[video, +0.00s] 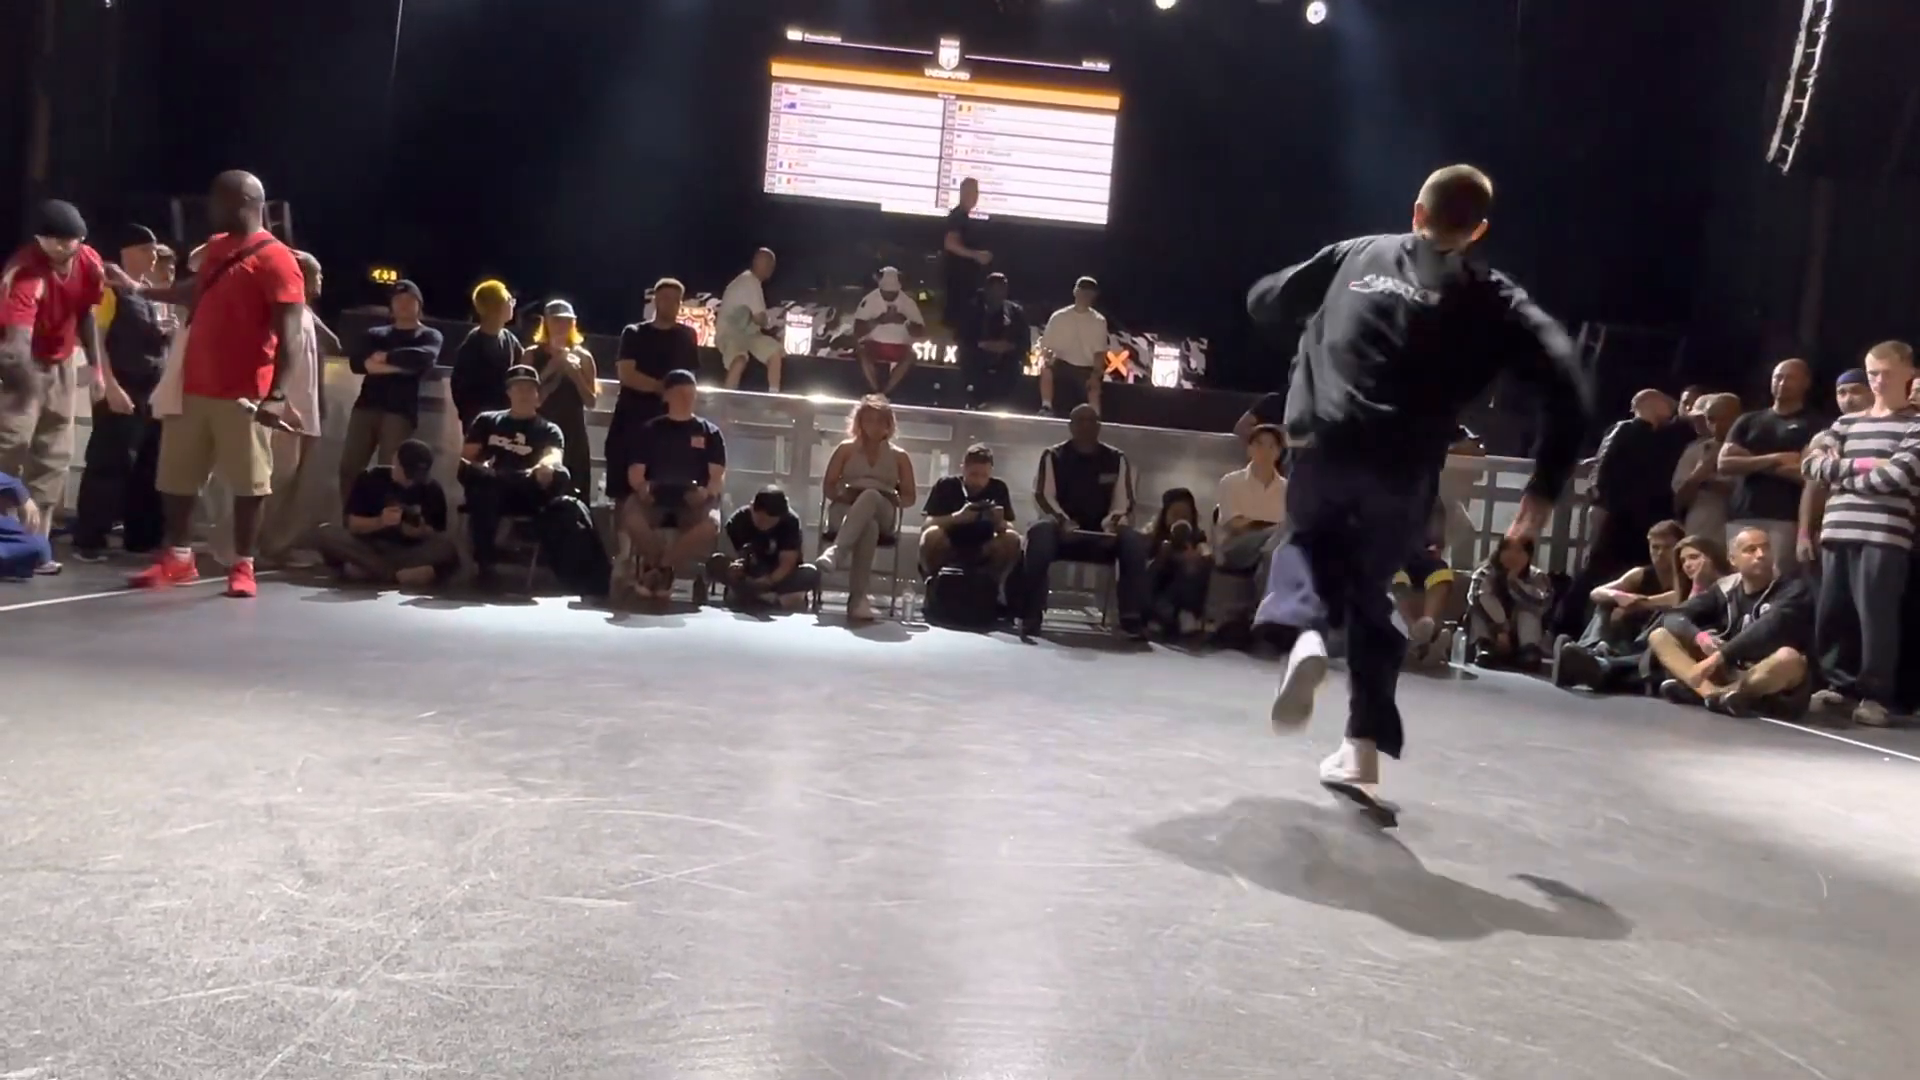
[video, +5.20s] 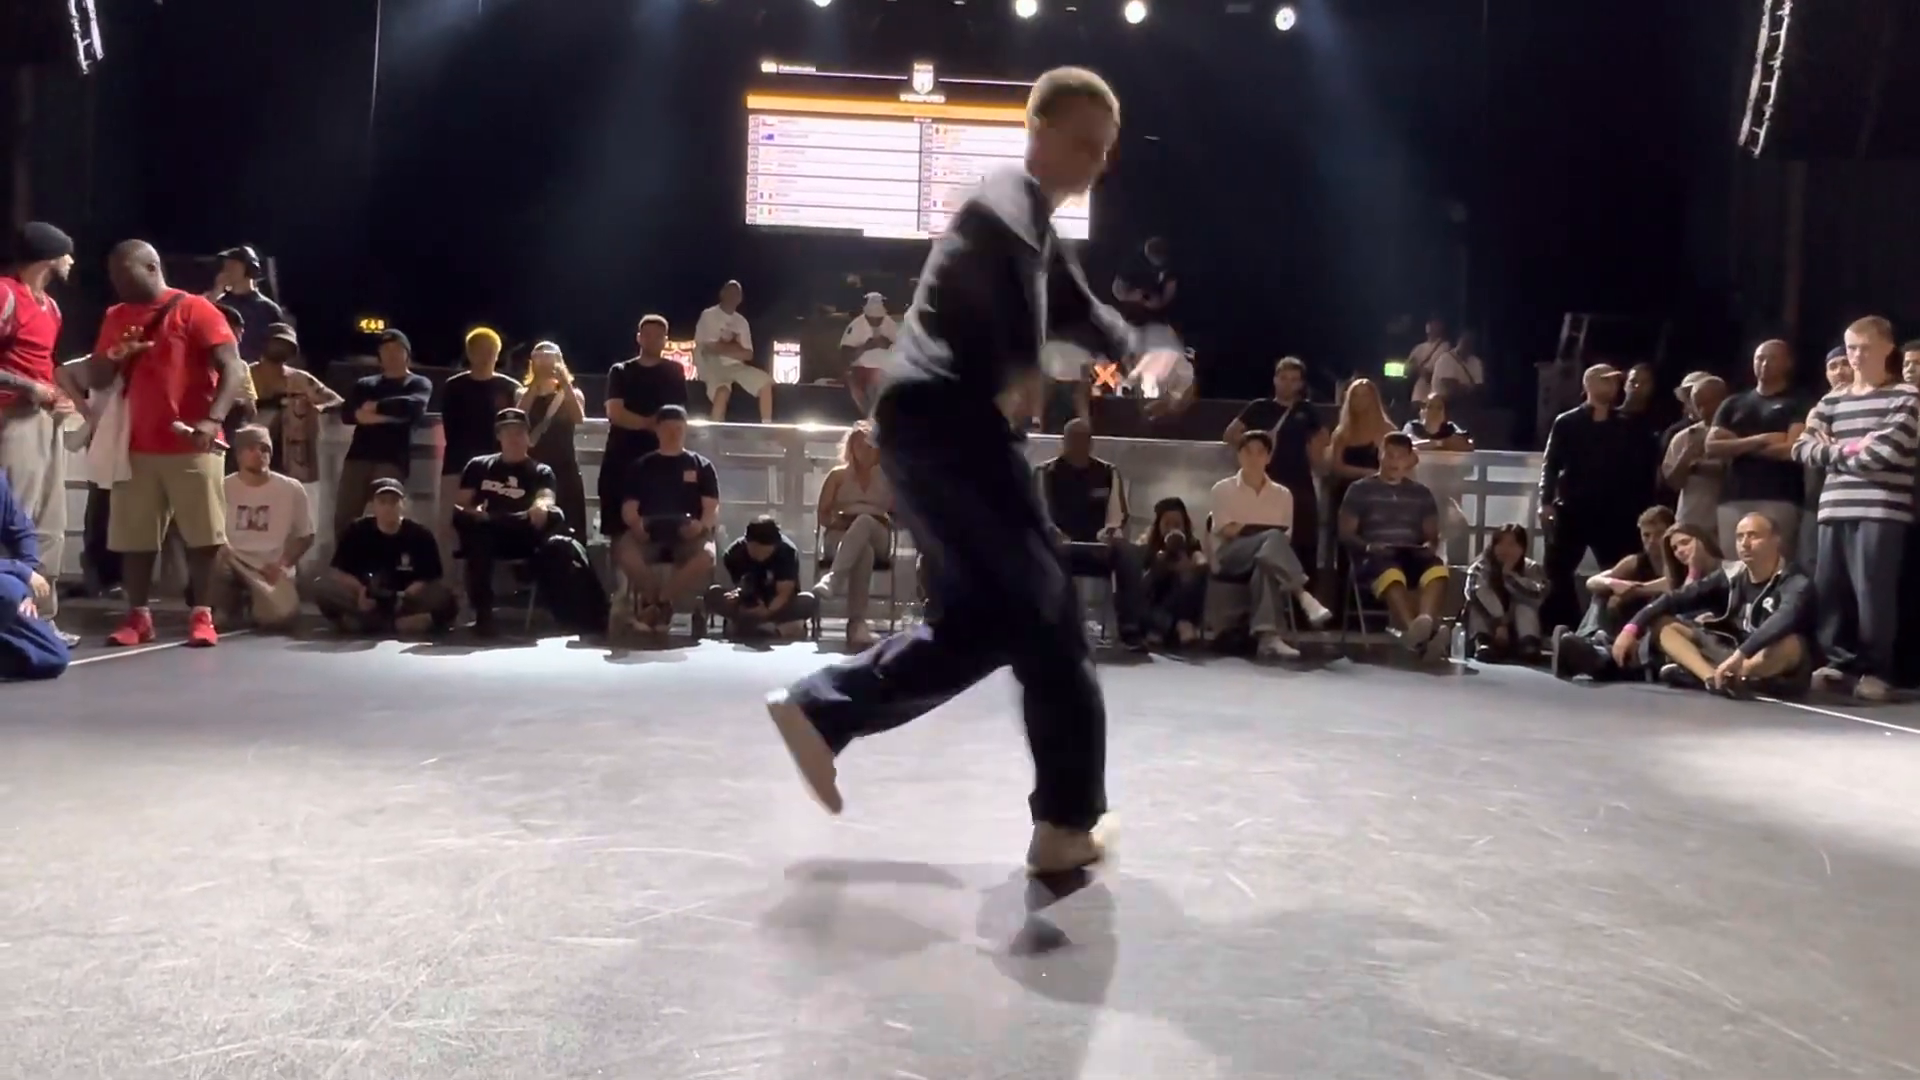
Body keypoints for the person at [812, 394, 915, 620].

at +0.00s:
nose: (877, 426)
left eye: (882, 421)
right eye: (871, 420)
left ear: (889, 425)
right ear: (860, 423)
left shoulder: (899, 457)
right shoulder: (846, 449)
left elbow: (909, 498)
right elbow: (829, 488)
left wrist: (885, 495)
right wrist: (851, 497)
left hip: (884, 517)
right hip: (844, 513)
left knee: (870, 496)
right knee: (869, 525)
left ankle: (835, 551)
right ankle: (858, 599)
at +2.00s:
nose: (871, 431)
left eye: (878, 426)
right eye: (866, 425)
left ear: (886, 430)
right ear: (856, 428)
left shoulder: (895, 463)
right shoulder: (842, 455)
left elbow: (906, 503)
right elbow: (826, 494)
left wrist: (888, 505)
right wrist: (846, 502)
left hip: (881, 522)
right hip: (841, 518)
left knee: (867, 501)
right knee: (866, 531)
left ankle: (832, 557)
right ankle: (855, 605)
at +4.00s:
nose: (854, 452)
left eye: (860, 447)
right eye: (849, 446)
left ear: (868, 451)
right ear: (839, 449)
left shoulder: (879, 483)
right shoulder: (825, 477)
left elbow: (891, 522)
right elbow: (811, 517)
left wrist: (872, 525)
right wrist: (832, 526)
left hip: (867, 543)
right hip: (827, 540)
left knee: (852, 523)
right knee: (852, 553)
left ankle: (820, 579)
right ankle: (844, 626)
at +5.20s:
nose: (868, 449)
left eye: (872, 444)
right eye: (862, 444)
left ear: (878, 449)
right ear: (851, 447)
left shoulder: (886, 478)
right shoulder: (838, 475)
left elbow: (900, 518)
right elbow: (823, 516)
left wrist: (878, 519)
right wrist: (846, 522)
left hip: (879, 540)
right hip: (839, 537)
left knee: (864, 521)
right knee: (864, 551)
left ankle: (832, 578)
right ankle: (856, 623)